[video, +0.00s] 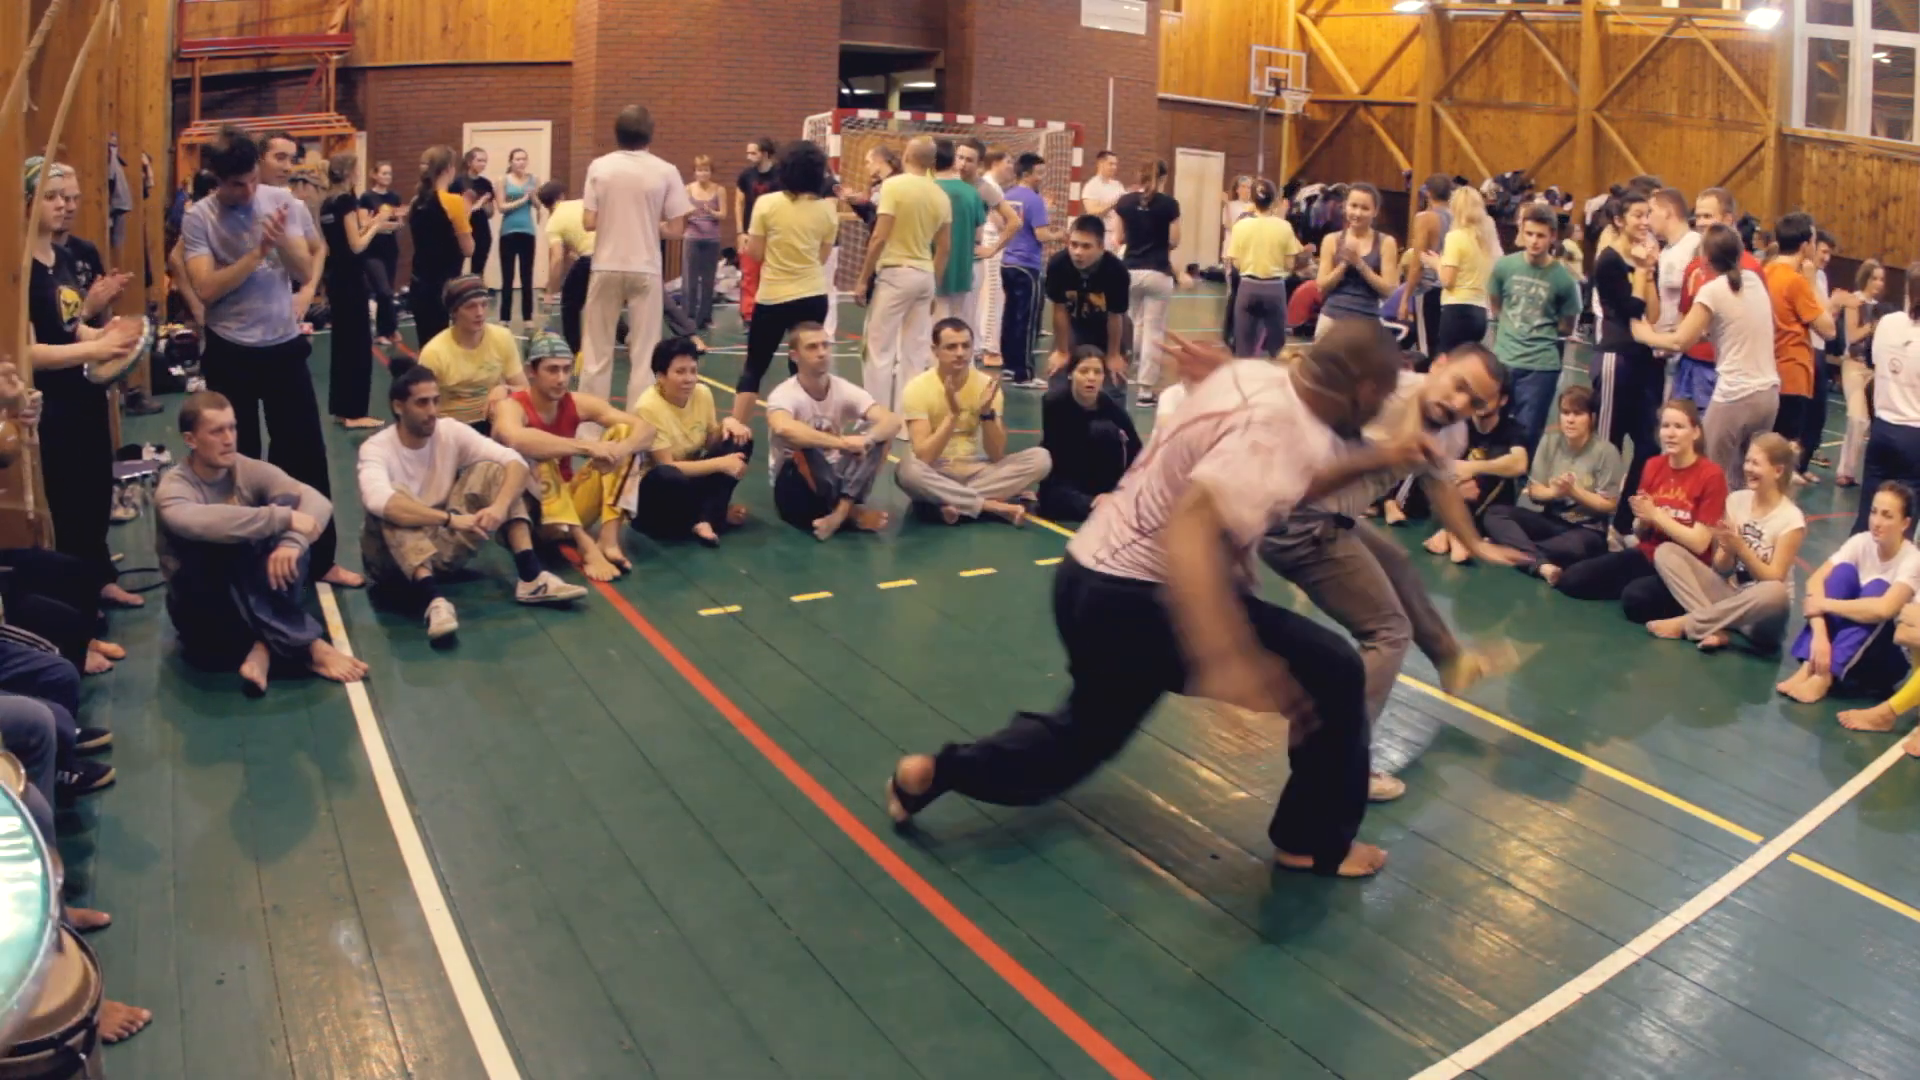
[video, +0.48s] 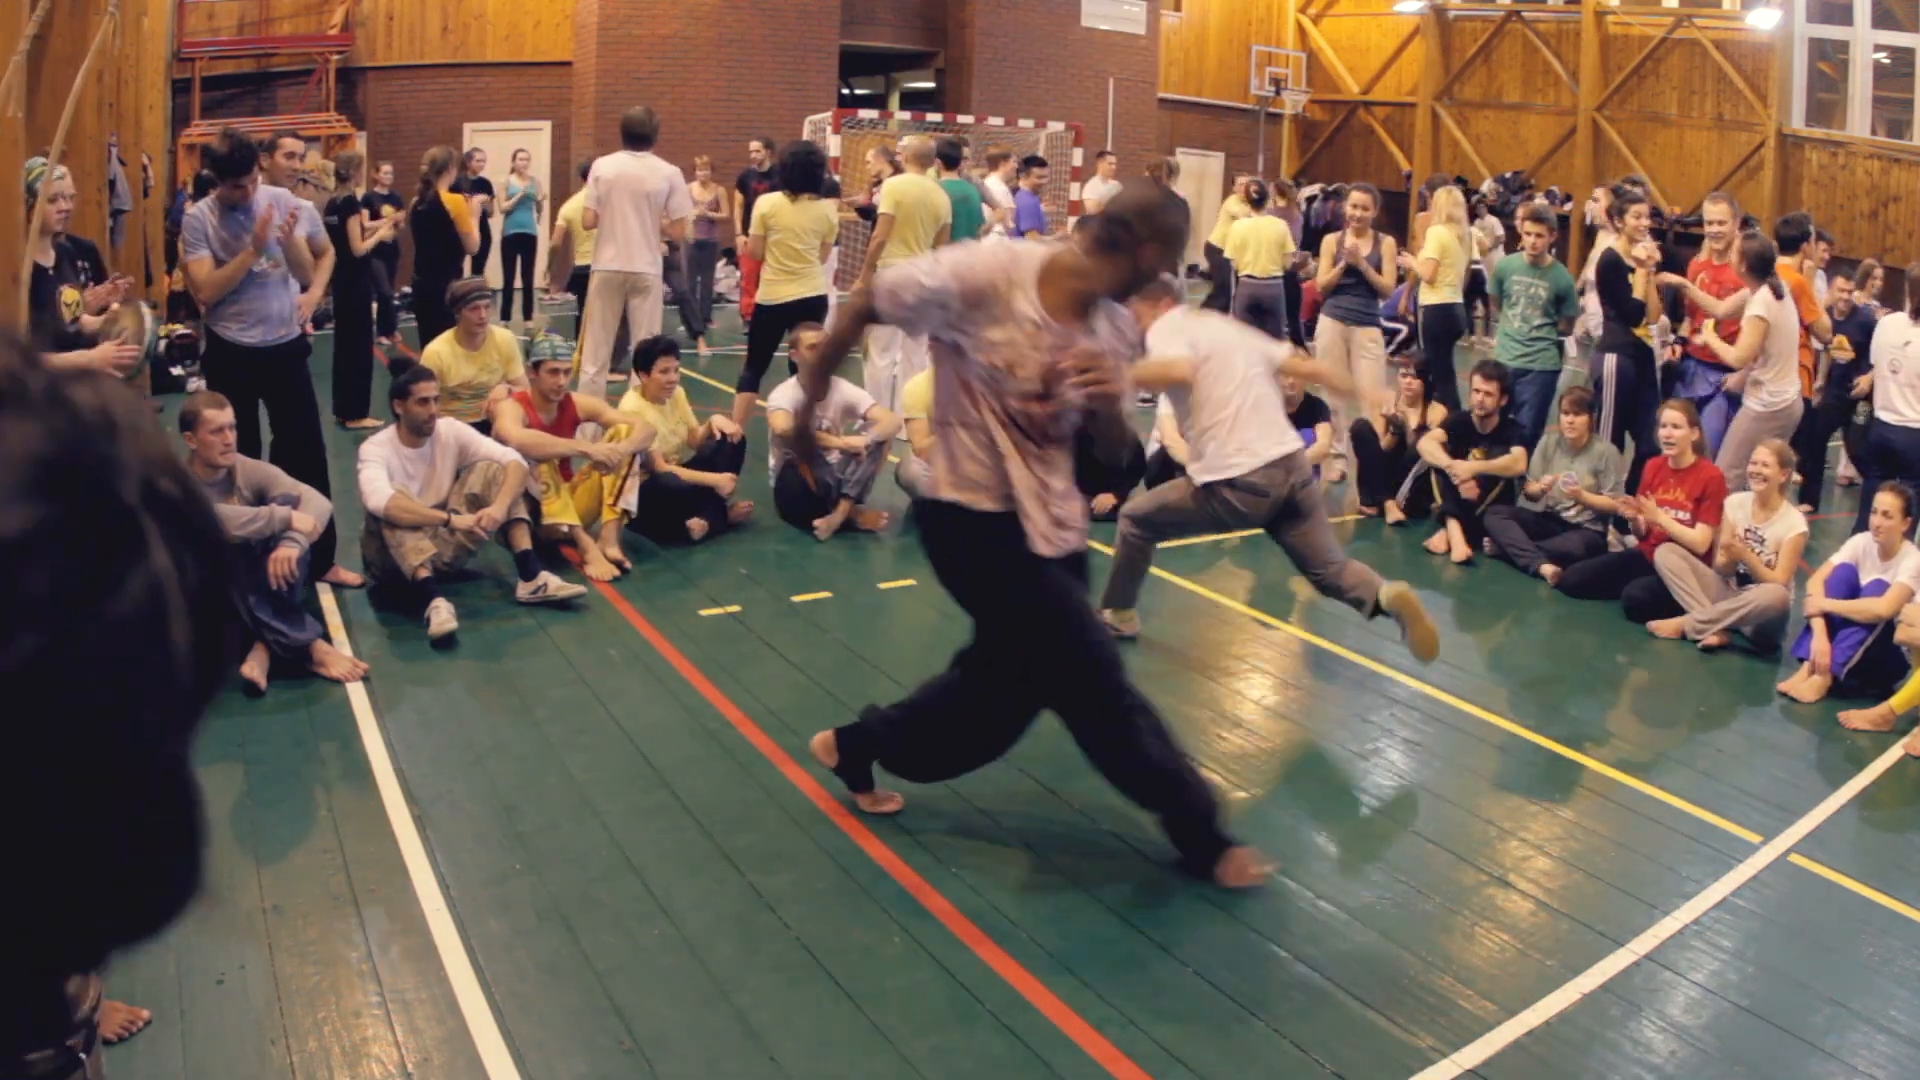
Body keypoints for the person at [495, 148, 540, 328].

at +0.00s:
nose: (521, 162)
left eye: (523, 159)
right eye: (517, 159)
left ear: (527, 161)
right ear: (511, 162)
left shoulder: (532, 181)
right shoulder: (503, 181)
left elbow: (540, 206)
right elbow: (502, 206)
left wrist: (534, 197)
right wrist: (524, 199)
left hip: (527, 230)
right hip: (509, 230)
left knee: (527, 279)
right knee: (507, 279)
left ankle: (528, 319)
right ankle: (505, 319)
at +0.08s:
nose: (522, 162)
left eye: (524, 159)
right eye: (518, 159)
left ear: (528, 161)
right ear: (511, 161)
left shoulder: (532, 180)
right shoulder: (504, 181)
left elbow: (538, 204)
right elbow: (502, 206)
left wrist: (536, 202)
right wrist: (523, 195)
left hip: (528, 230)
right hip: (509, 230)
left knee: (527, 278)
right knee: (508, 279)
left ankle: (528, 319)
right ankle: (505, 319)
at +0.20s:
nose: (523, 162)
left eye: (525, 159)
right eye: (519, 159)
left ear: (529, 162)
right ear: (512, 161)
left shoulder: (533, 181)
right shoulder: (505, 181)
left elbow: (538, 209)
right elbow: (501, 206)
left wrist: (537, 199)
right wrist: (519, 197)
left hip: (528, 230)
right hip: (510, 230)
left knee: (527, 279)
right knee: (508, 279)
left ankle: (528, 319)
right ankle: (505, 319)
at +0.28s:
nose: (523, 163)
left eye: (526, 159)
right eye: (520, 159)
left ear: (529, 162)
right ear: (513, 162)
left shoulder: (534, 182)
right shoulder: (505, 181)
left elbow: (539, 208)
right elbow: (503, 208)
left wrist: (534, 199)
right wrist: (525, 201)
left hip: (529, 230)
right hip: (510, 230)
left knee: (527, 278)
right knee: (509, 278)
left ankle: (528, 318)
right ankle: (505, 319)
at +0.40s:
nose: (523, 163)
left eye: (526, 159)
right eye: (520, 159)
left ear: (530, 162)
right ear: (513, 162)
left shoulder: (534, 182)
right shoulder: (506, 182)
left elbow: (539, 210)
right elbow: (503, 207)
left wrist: (537, 199)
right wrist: (523, 197)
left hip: (529, 231)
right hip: (511, 231)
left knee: (528, 279)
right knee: (509, 278)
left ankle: (528, 319)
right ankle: (505, 318)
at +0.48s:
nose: (523, 163)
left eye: (526, 159)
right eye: (520, 159)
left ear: (530, 162)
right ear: (513, 162)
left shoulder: (534, 182)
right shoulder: (506, 182)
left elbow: (540, 209)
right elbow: (503, 207)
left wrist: (539, 199)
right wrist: (518, 196)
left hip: (529, 230)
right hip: (510, 231)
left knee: (528, 278)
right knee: (509, 278)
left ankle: (528, 318)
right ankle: (505, 318)